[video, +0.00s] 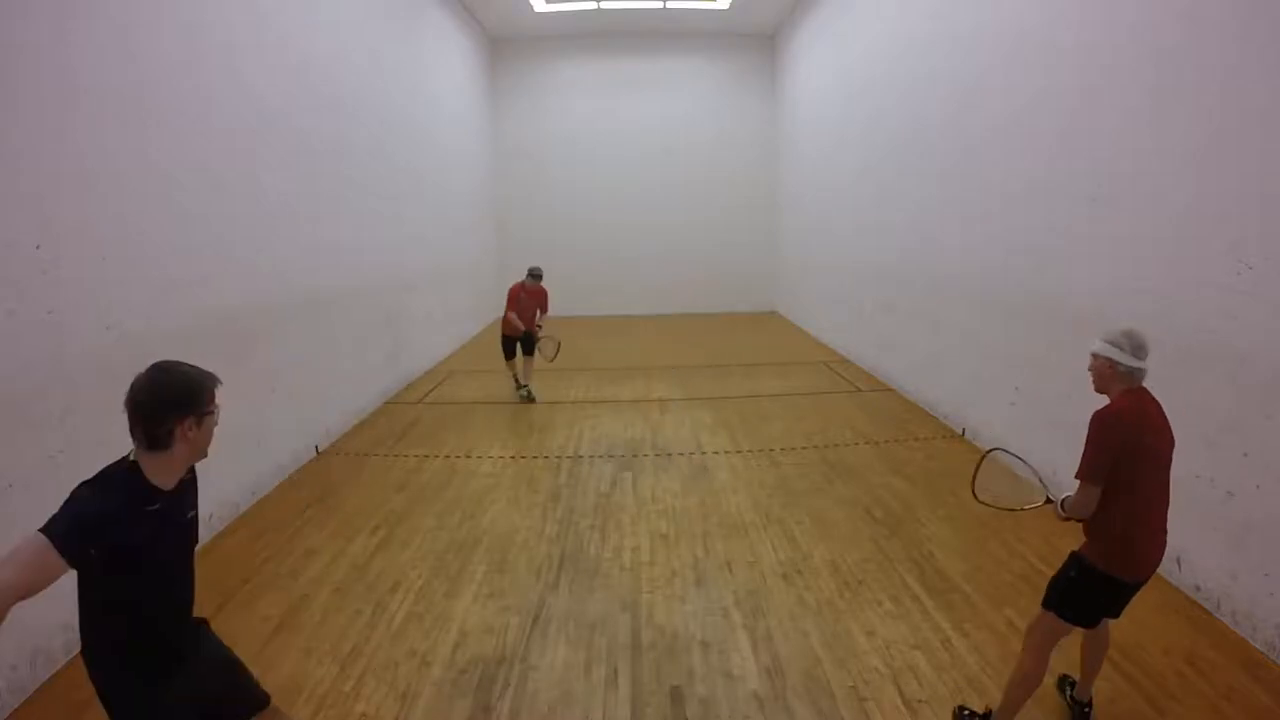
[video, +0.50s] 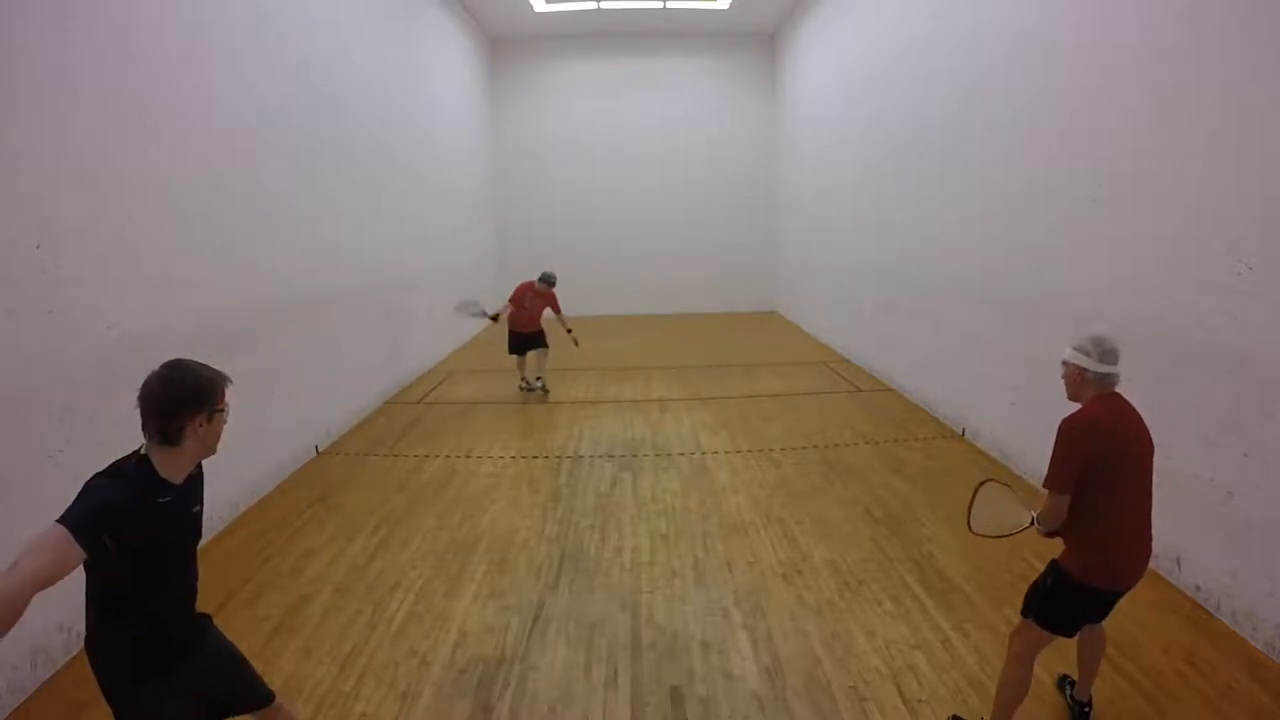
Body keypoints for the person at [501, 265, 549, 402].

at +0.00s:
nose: (534, 283)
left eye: (538, 280)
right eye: (532, 280)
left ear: (540, 281)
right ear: (527, 277)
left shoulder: (542, 293)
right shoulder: (515, 290)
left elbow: (544, 312)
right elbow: (510, 313)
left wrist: (539, 325)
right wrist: (523, 329)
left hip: (528, 330)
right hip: (510, 329)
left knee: (529, 357)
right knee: (510, 358)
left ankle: (526, 386)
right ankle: (515, 377)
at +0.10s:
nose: (539, 285)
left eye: (541, 282)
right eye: (536, 281)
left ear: (543, 282)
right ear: (530, 279)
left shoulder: (543, 293)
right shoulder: (517, 291)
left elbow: (545, 313)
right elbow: (512, 313)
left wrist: (540, 329)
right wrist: (523, 330)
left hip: (529, 330)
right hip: (512, 330)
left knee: (529, 357)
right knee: (513, 359)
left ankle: (527, 386)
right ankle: (521, 377)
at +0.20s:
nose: (540, 289)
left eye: (543, 287)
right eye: (539, 286)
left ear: (544, 285)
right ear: (532, 281)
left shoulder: (544, 295)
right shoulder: (518, 291)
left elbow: (545, 315)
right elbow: (513, 313)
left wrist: (542, 333)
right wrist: (519, 331)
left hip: (530, 331)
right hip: (513, 331)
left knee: (529, 358)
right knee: (517, 359)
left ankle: (528, 386)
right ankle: (523, 380)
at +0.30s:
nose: (543, 291)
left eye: (545, 288)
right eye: (542, 287)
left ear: (546, 287)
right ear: (536, 283)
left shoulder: (546, 295)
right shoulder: (520, 291)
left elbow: (548, 316)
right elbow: (512, 313)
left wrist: (550, 336)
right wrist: (511, 333)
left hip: (532, 333)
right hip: (516, 332)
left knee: (530, 358)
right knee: (518, 358)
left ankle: (528, 386)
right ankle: (521, 380)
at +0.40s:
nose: (546, 291)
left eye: (547, 289)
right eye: (545, 288)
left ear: (548, 287)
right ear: (538, 284)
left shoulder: (547, 295)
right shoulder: (521, 290)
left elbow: (553, 315)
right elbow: (510, 310)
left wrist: (561, 334)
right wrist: (503, 327)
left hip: (533, 331)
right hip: (516, 331)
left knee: (535, 356)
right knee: (520, 357)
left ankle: (532, 384)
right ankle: (523, 380)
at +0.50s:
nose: (548, 290)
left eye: (550, 288)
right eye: (547, 287)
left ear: (550, 287)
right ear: (541, 283)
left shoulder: (549, 295)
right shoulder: (524, 288)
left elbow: (558, 314)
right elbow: (510, 304)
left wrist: (569, 332)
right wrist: (499, 314)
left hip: (535, 327)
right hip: (517, 327)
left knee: (543, 349)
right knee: (521, 354)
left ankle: (540, 380)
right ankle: (523, 380)